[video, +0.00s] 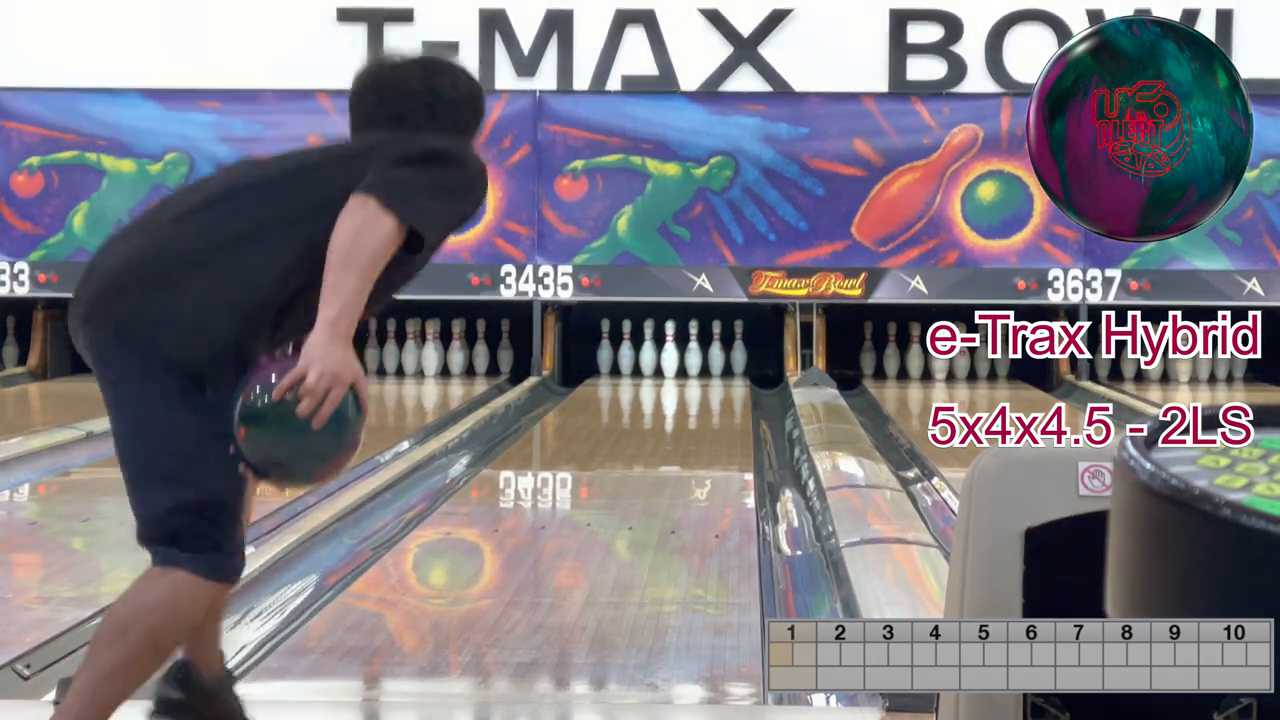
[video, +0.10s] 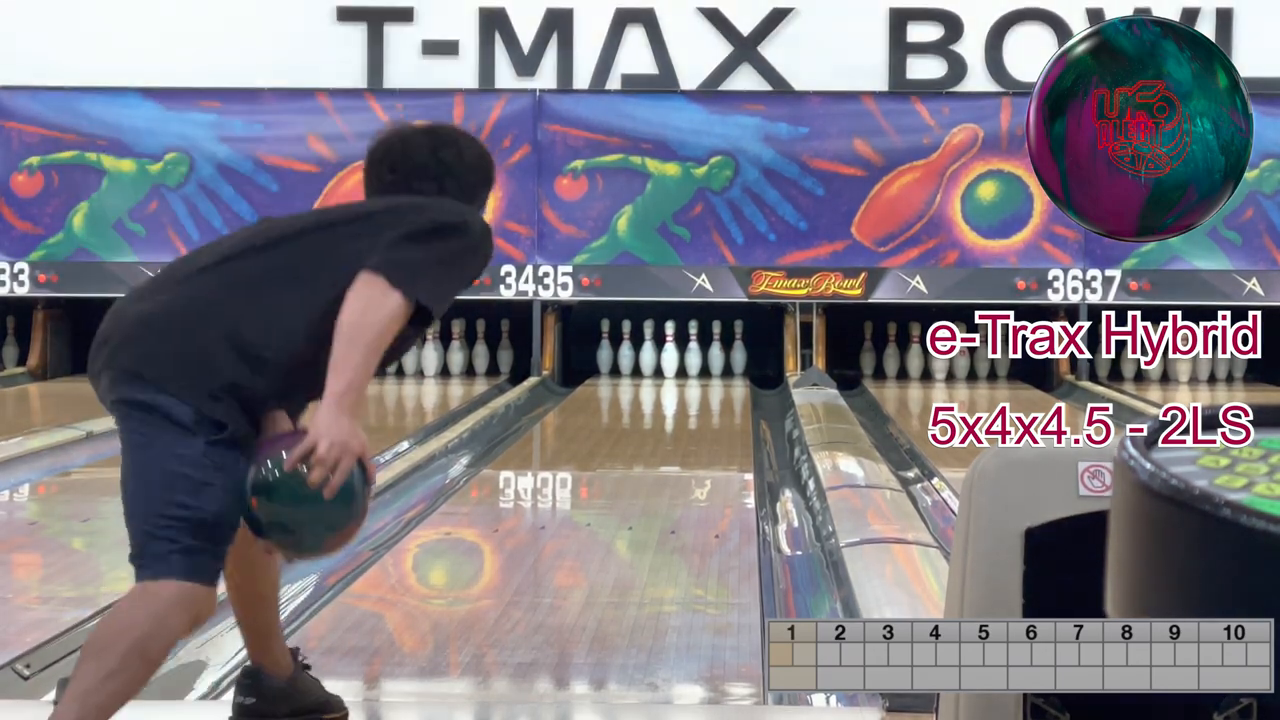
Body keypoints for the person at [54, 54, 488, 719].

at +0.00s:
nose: (479, 141)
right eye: (477, 126)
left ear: (375, 116)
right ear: (461, 123)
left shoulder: (346, 166)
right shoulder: (445, 163)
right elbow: (379, 209)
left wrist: (260, 417)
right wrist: (333, 335)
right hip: (156, 315)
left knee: (223, 485)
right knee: (200, 559)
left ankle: (203, 679)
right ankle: (73, 712)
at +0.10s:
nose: (486, 216)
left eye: (485, 204)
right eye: (485, 203)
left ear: (377, 188)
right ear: (470, 198)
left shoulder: (337, 226)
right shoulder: (456, 227)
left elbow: (255, 327)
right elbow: (383, 284)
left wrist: (277, 441)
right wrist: (340, 410)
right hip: (181, 364)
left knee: (252, 508)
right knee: (180, 589)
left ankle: (274, 678)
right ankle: (69, 711)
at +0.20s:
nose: (485, 232)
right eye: (485, 222)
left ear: (378, 209)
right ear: (470, 223)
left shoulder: (339, 253)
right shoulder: (467, 271)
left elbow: (295, 434)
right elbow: (406, 378)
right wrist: (384, 512)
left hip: (149, 340)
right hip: (222, 359)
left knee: (262, 466)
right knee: (154, 535)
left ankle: (287, 671)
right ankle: (54, 700)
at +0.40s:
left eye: (327, 188)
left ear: (338, 197)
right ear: (441, 216)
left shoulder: (311, 221)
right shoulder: (458, 272)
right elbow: (479, 382)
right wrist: (446, 324)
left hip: (205, 293)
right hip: (290, 323)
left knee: (270, 468)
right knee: (153, 453)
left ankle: (297, 668)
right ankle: (4, 425)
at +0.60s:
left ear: (361, 115)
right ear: (448, 121)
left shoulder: (303, 157)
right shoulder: (460, 162)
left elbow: (181, 272)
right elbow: (528, 158)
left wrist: (180, 343)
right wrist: (474, 76)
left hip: (219, 271)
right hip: (311, 276)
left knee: (285, 465)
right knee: (225, 436)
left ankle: (311, 668)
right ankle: (51, 372)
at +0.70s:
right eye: (456, 73)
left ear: (366, 75)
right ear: (451, 81)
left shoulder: (310, 125)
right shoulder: (458, 127)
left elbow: (200, 244)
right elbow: (546, 131)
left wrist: (200, 314)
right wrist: (487, 69)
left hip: (219, 267)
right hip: (313, 264)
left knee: (286, 472)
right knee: (273, 444)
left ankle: (314, 672)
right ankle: (101, 454)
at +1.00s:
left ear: (353, 14)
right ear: (433, 17)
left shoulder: (293, 74)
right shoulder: (453, 62)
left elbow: (195, 199)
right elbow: (542, 62)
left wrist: (203, 269)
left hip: (227, 251)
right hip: (324, 247)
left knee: (280, 464)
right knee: (286, 446)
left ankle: (313, 671)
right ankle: (137, 566)